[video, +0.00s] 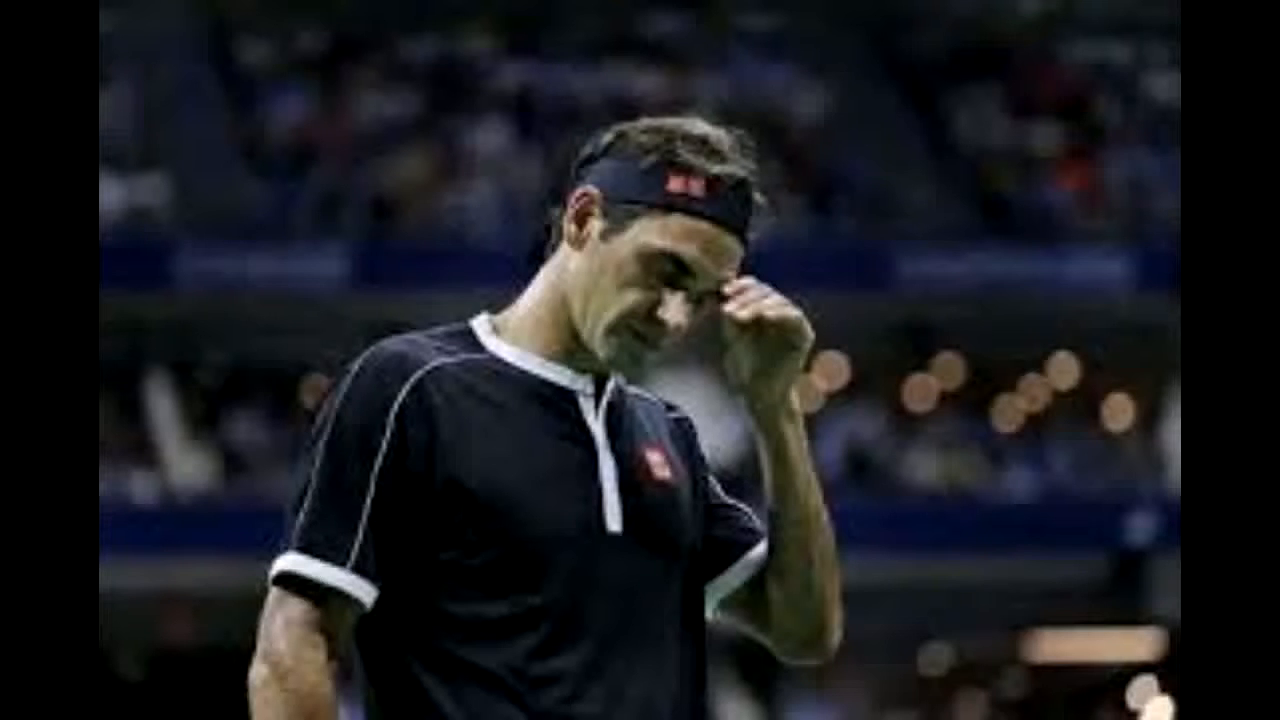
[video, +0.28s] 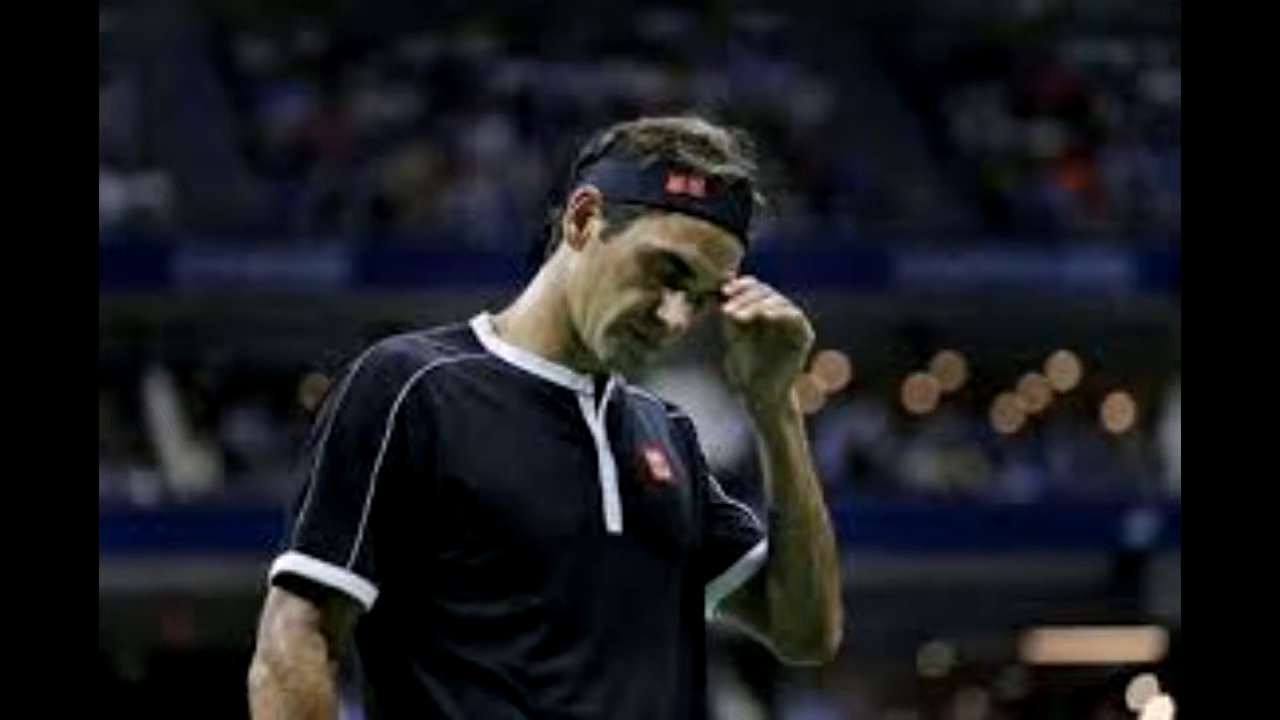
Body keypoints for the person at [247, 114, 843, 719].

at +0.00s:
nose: (675, 317)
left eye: (701, 298)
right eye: (664, 273)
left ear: (720, 300)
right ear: (584, 220)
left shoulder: (664, 436)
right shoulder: (403, 386)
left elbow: (805, 632)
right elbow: (291, 642)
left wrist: (777, 410)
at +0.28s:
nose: (675, 318)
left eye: (701, 299)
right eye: (665, 273)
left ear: (718, 301)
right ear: (584, 221)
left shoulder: (664, 435)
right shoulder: (403, 386)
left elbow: (805, 633)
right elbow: (292, 643)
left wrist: (776, 410)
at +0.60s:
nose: (675, 318)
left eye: (701, 299)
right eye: (665, 273)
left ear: (718, 301)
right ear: (584, 221)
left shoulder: (664, 435)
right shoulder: (403, 386)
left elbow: (805, 633)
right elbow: (292, 643)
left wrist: (776, 410)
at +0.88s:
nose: (675, 318)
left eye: (701, 299)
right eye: (665, 273)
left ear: (718, 301)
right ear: (584, 220)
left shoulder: (664, 436)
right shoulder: (404, 386)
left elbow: (805, 633)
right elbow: (292, 642)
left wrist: (776, 409)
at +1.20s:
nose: (675, 318)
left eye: (701, 299)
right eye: (665, 273)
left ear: (718, 301)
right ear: (584, 220)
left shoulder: (664, 436)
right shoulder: (404, 386)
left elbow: (805, 633)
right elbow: (292, 641)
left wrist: (776, 409)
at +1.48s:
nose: (675, 317)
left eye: (701, 299)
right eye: (664, 272)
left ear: (718, 301)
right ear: (584, 221)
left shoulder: (664, 436)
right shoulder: (404, 386)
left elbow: (805, 633)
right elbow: (292, 641)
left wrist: (776, 410)